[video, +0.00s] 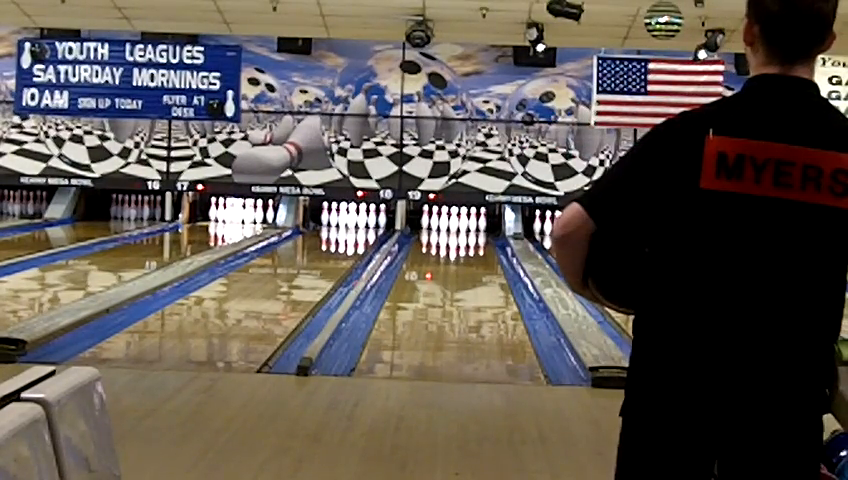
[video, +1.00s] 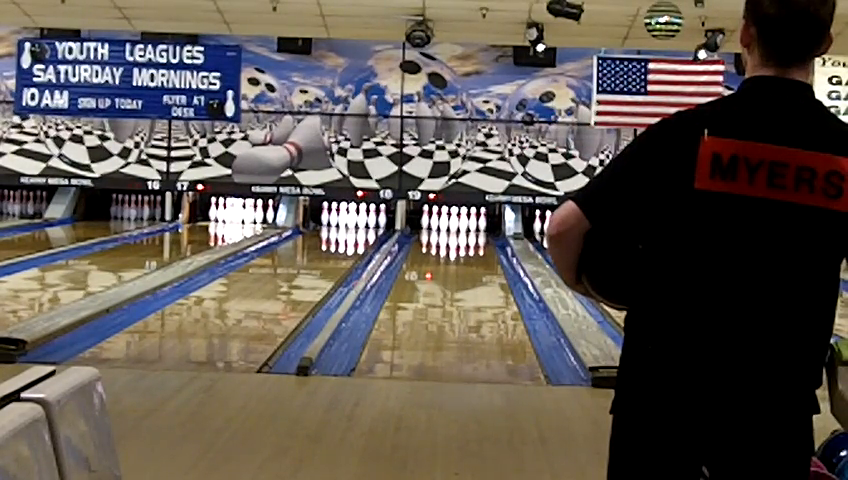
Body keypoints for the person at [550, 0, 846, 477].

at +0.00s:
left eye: (744, 23)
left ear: (749, 33)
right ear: (829, 42)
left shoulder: (687, 133)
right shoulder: (844, 146)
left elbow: (569, 232)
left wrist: (620, 296)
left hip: (675, 392)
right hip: (793, 399)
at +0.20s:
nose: (740, 35)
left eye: (740, 25)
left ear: (746, 34)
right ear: (826, 41)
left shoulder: (684, 133)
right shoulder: (844, 148)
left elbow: (566, 229)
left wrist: (595, 289)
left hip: (670, 388)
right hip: (787, 396)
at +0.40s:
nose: (738, 36)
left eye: (738, 26)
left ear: (745, 33)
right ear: (825, 42)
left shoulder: (682, 132)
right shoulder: (843, 149)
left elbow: (565, 228)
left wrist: (590, 287)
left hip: (668, 388)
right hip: (786, 396)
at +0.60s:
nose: (738, 36)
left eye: (738, 25)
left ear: (745, 34)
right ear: (826, 42)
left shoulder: (681, 133)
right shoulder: (843, 150)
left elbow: (564, 229)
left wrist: (596, 288)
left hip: (666, 391)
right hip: (784, 398)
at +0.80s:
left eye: (739, 26)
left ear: (745, 35)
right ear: (826, 44)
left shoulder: (681, 133)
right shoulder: (843, 151)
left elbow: (563, 229)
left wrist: (601, 289)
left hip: (666, 394)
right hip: (784, 401)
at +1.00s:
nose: (739, 36)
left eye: (739, 26)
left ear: (745, 35)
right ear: (826, 44)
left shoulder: (680, 133)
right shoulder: (843, 152)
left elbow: (564, 230)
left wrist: (605, 289)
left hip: (664, 398)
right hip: (783, 405)